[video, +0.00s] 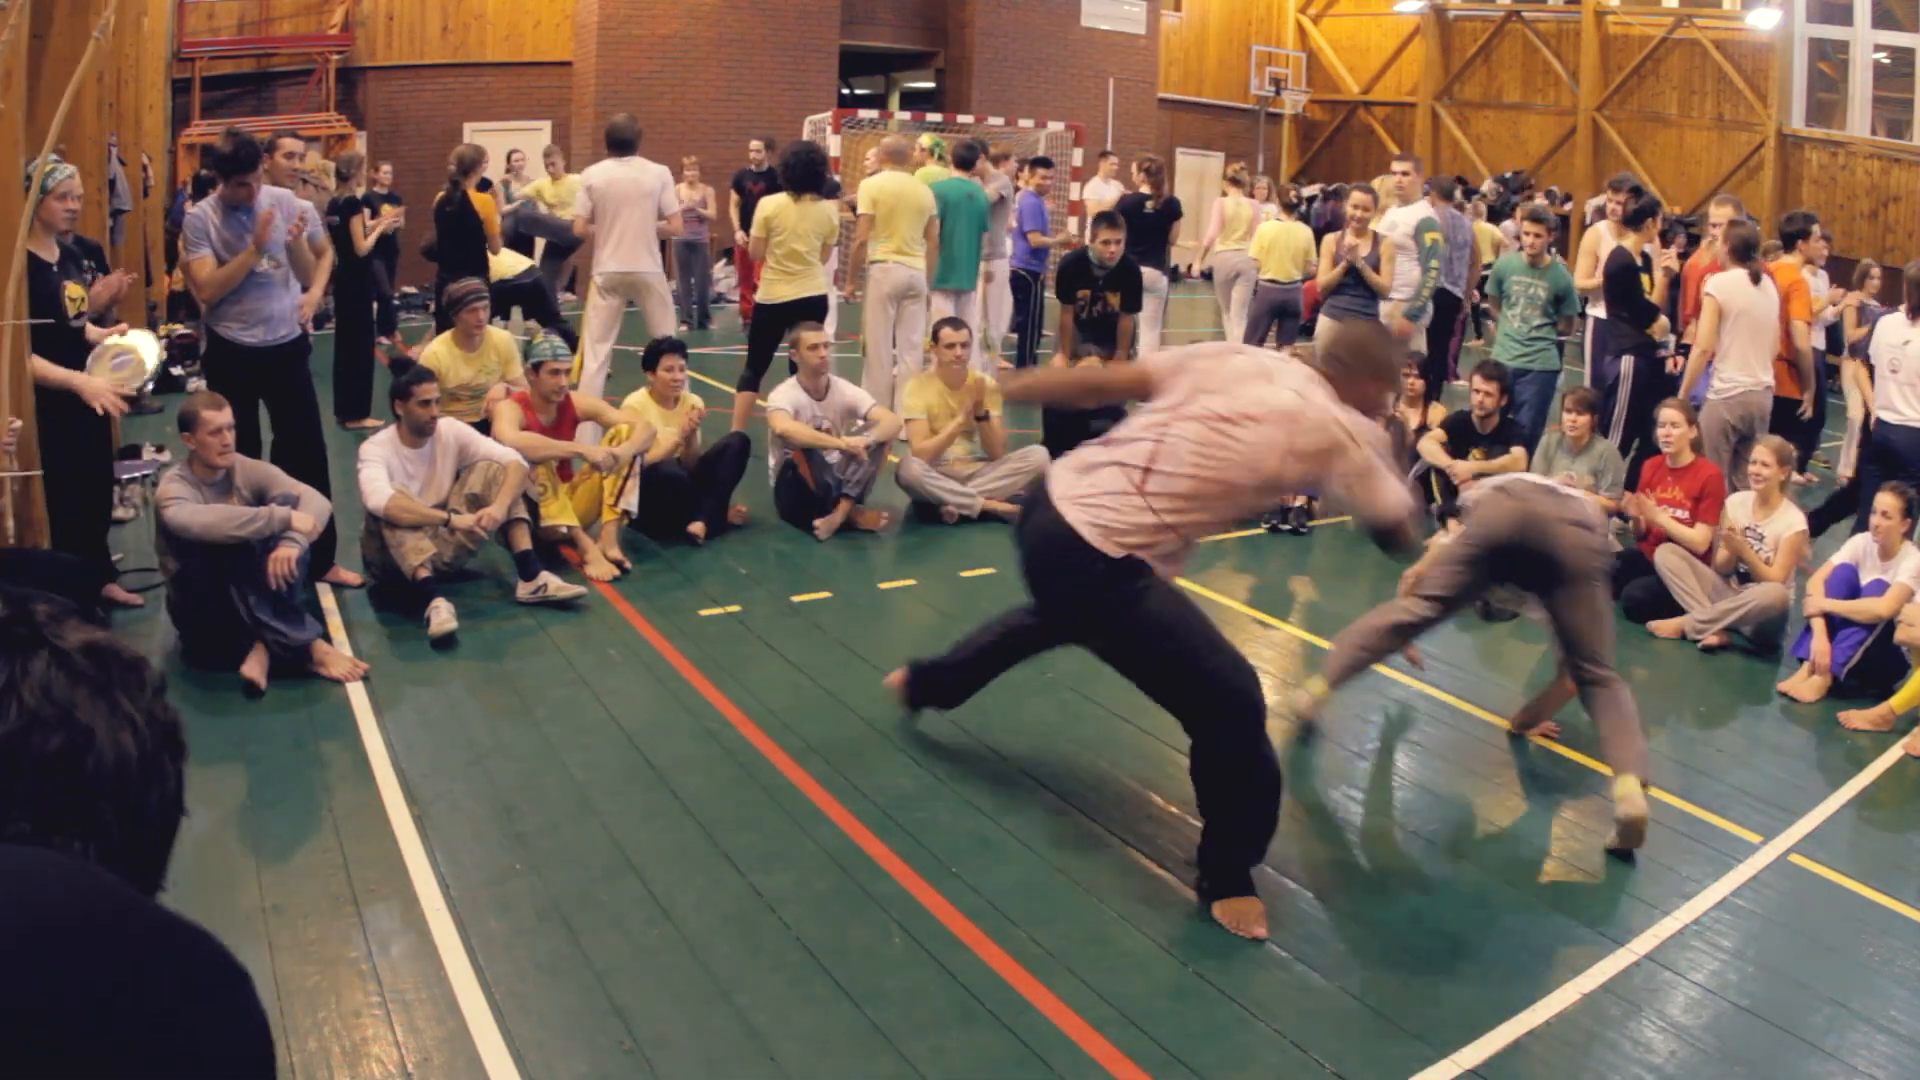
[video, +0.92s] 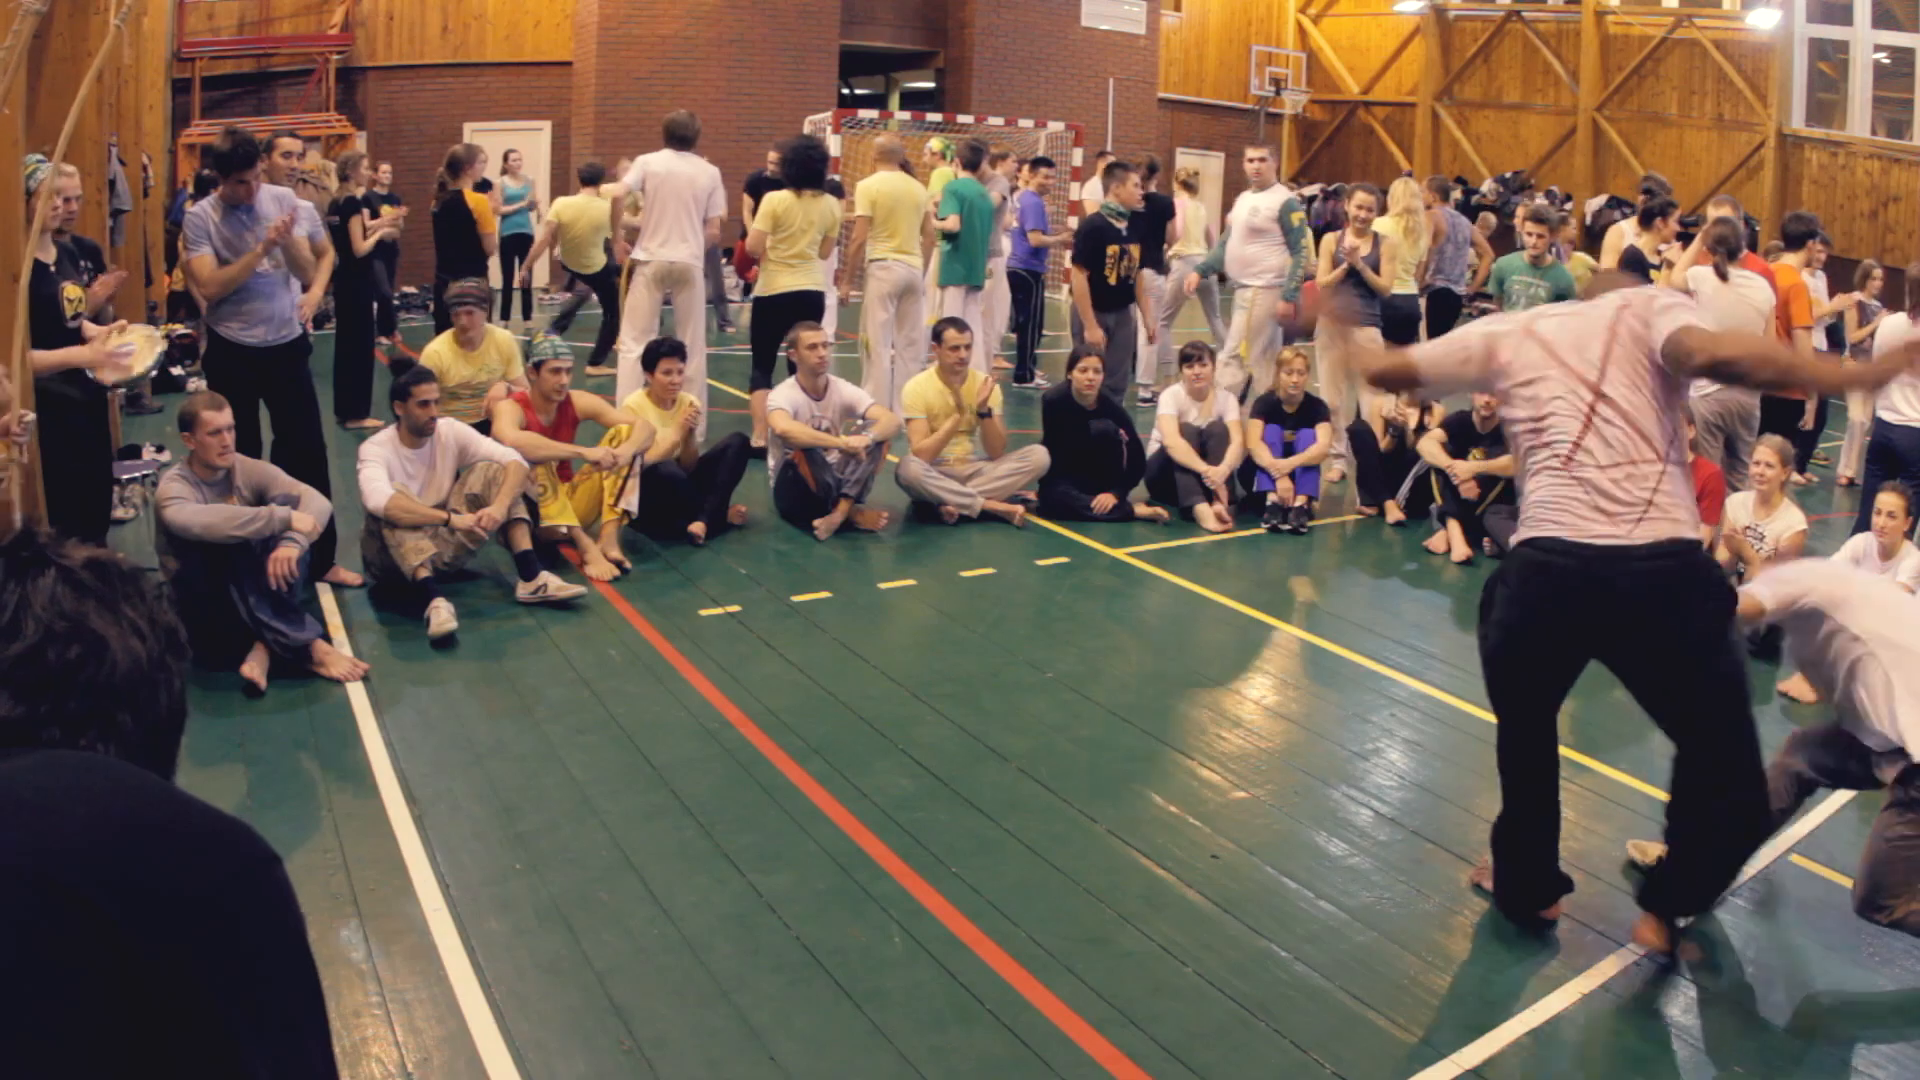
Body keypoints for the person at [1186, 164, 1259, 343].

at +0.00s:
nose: (1224, 185)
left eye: (1224, 182)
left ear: (1226, 182)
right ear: (1245, 183)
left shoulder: (1221, 203)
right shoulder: (1254, 205)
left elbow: (1212, 234)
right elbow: (1256, 234)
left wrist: (1198, 260)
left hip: (1224, 252)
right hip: (1246, 252)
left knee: (1226, 311)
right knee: (1240, 314)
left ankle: (1232, 351)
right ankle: (1236, 354)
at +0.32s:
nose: (1218, 185)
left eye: (1219, 181)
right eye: (1219, 181)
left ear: (1223, 181)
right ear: (1241, 183)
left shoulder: (1217, 200)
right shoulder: (1250, 205)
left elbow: (1210, 232)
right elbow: (1253, 232)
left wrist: (1197, 249)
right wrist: (1239, 226)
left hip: (1218, 253)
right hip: (1241, 254)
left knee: (1205, 311)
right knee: (1234, 319)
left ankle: (1205, 361)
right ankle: (1230, 372)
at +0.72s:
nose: (1192, 183)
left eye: (1194, 180)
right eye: (1194, 181)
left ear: (1197, 181)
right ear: (1215, 182)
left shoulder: (1191, 199)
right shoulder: (1222, 206)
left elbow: (1184, 231)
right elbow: (1236, 239)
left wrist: (1177, 243)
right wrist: (1244, 260)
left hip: (1192, 256)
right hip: (1214, 256)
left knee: (1173, 321)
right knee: (1219, 318)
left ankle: (1178, 372)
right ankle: (1230, 368)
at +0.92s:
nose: (1173, 187)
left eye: (1174, 184)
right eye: (1174, 184)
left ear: (1177, 184)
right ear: (1195, 186)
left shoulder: (1177, 203)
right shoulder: (1201, 207)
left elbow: (1177, 232)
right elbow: (1211, 236)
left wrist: (1166, 246)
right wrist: (1213, 255)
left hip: (1182, 257)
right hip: (1203, 256)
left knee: (1164, 320)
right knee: (1215, 316)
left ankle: (1167, 371)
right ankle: (1230, 357)